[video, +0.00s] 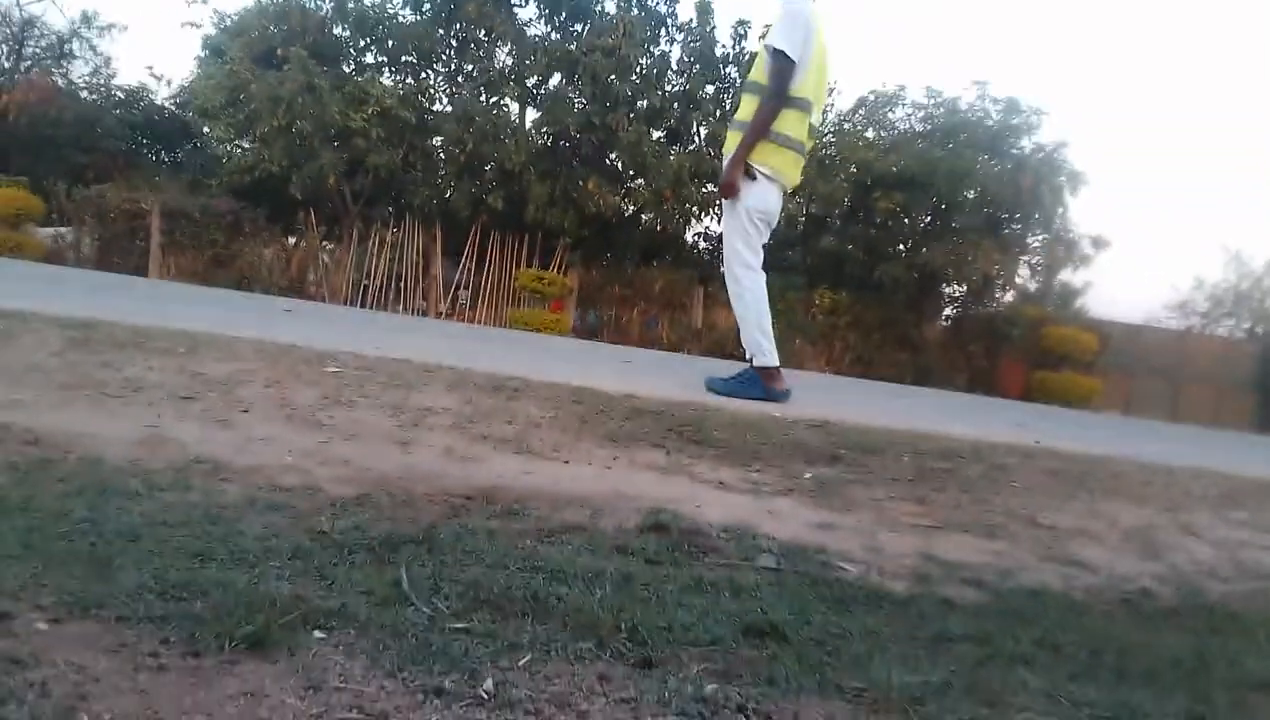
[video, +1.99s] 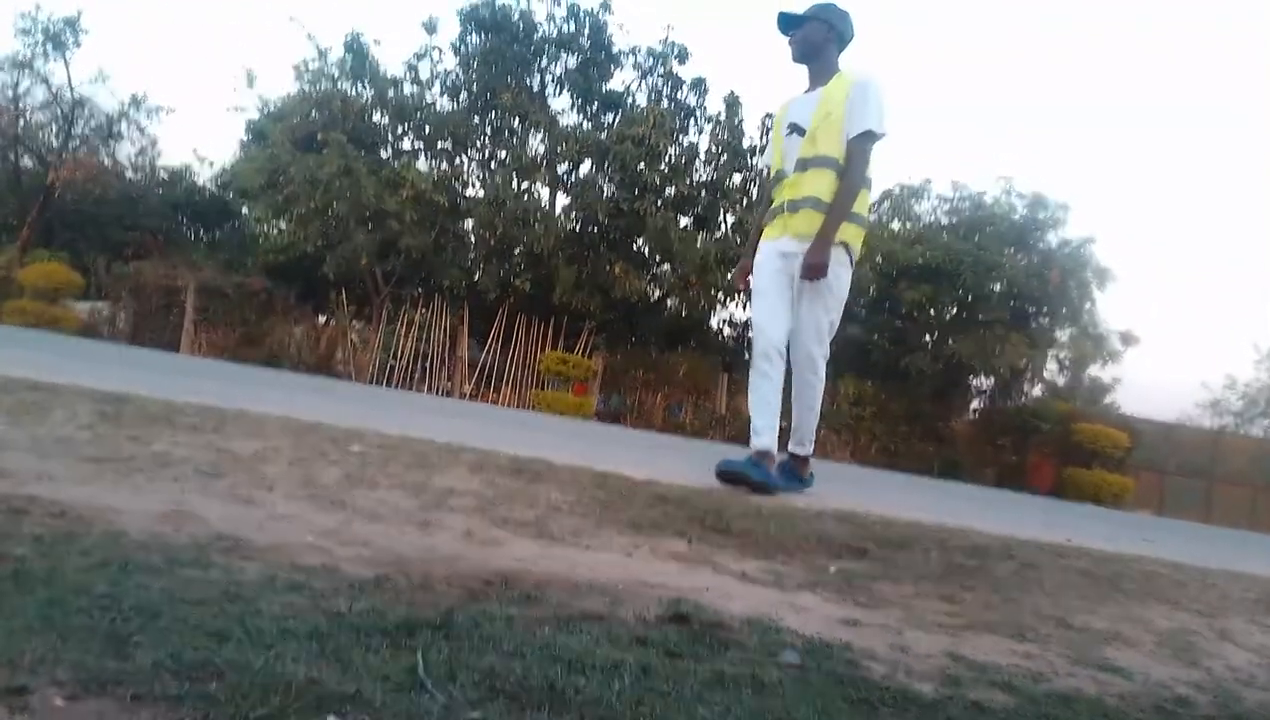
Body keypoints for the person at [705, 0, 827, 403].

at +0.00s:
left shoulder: (796, 15)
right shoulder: (809, 31)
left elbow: (776, 94)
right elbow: (792, 108)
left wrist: (738, 160)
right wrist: (740, 160)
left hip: (756, 175)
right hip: (767, 178)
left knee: (742, 269)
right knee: (744, 269)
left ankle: (766, 372)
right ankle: (761, 368)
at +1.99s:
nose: (792, 35)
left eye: (804, 26)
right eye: (793, 27)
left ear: (832, 36)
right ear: (805, 41)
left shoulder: (858, 89)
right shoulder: (785, 111)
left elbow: (856, 172)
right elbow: (775, 192)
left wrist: (822, 241)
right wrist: (753, 251)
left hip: (827, 241)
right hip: (778, 240)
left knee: (809, 349)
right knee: (766, 343)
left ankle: (799, 461)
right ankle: (761, 455)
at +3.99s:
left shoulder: (780, 32)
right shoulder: (692, 59)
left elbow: (774, 131)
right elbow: (665, 162)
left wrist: (675, 90)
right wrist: (655, 98)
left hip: (721, 205)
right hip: (663, 211)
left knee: (662, 328)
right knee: (667, 360)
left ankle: (732, 471)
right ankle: (669, 525)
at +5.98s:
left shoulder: (450, 10)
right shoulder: (334, 20)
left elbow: (444, 31)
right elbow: (318, 41)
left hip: (379, 144)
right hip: (305, 140)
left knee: (353, 339)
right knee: (291, 336)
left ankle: (328, 523)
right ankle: (262, 509)